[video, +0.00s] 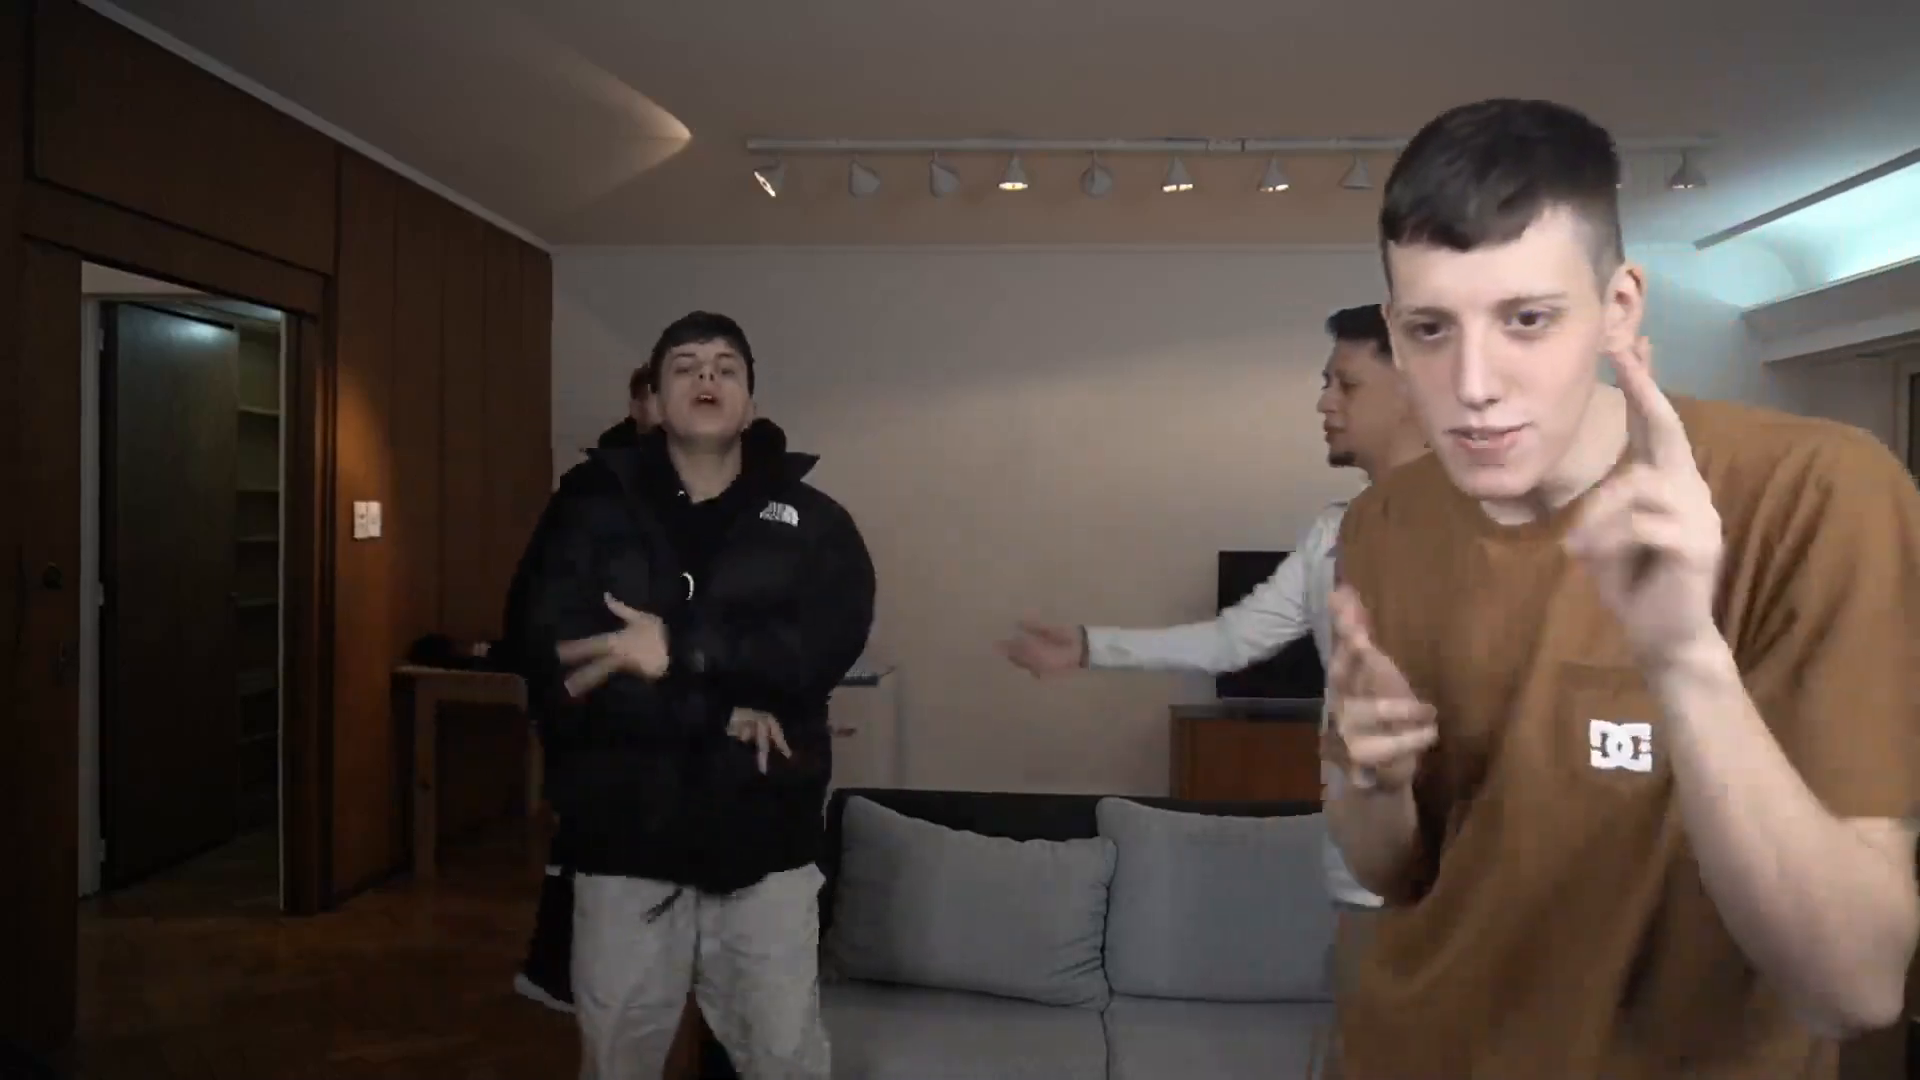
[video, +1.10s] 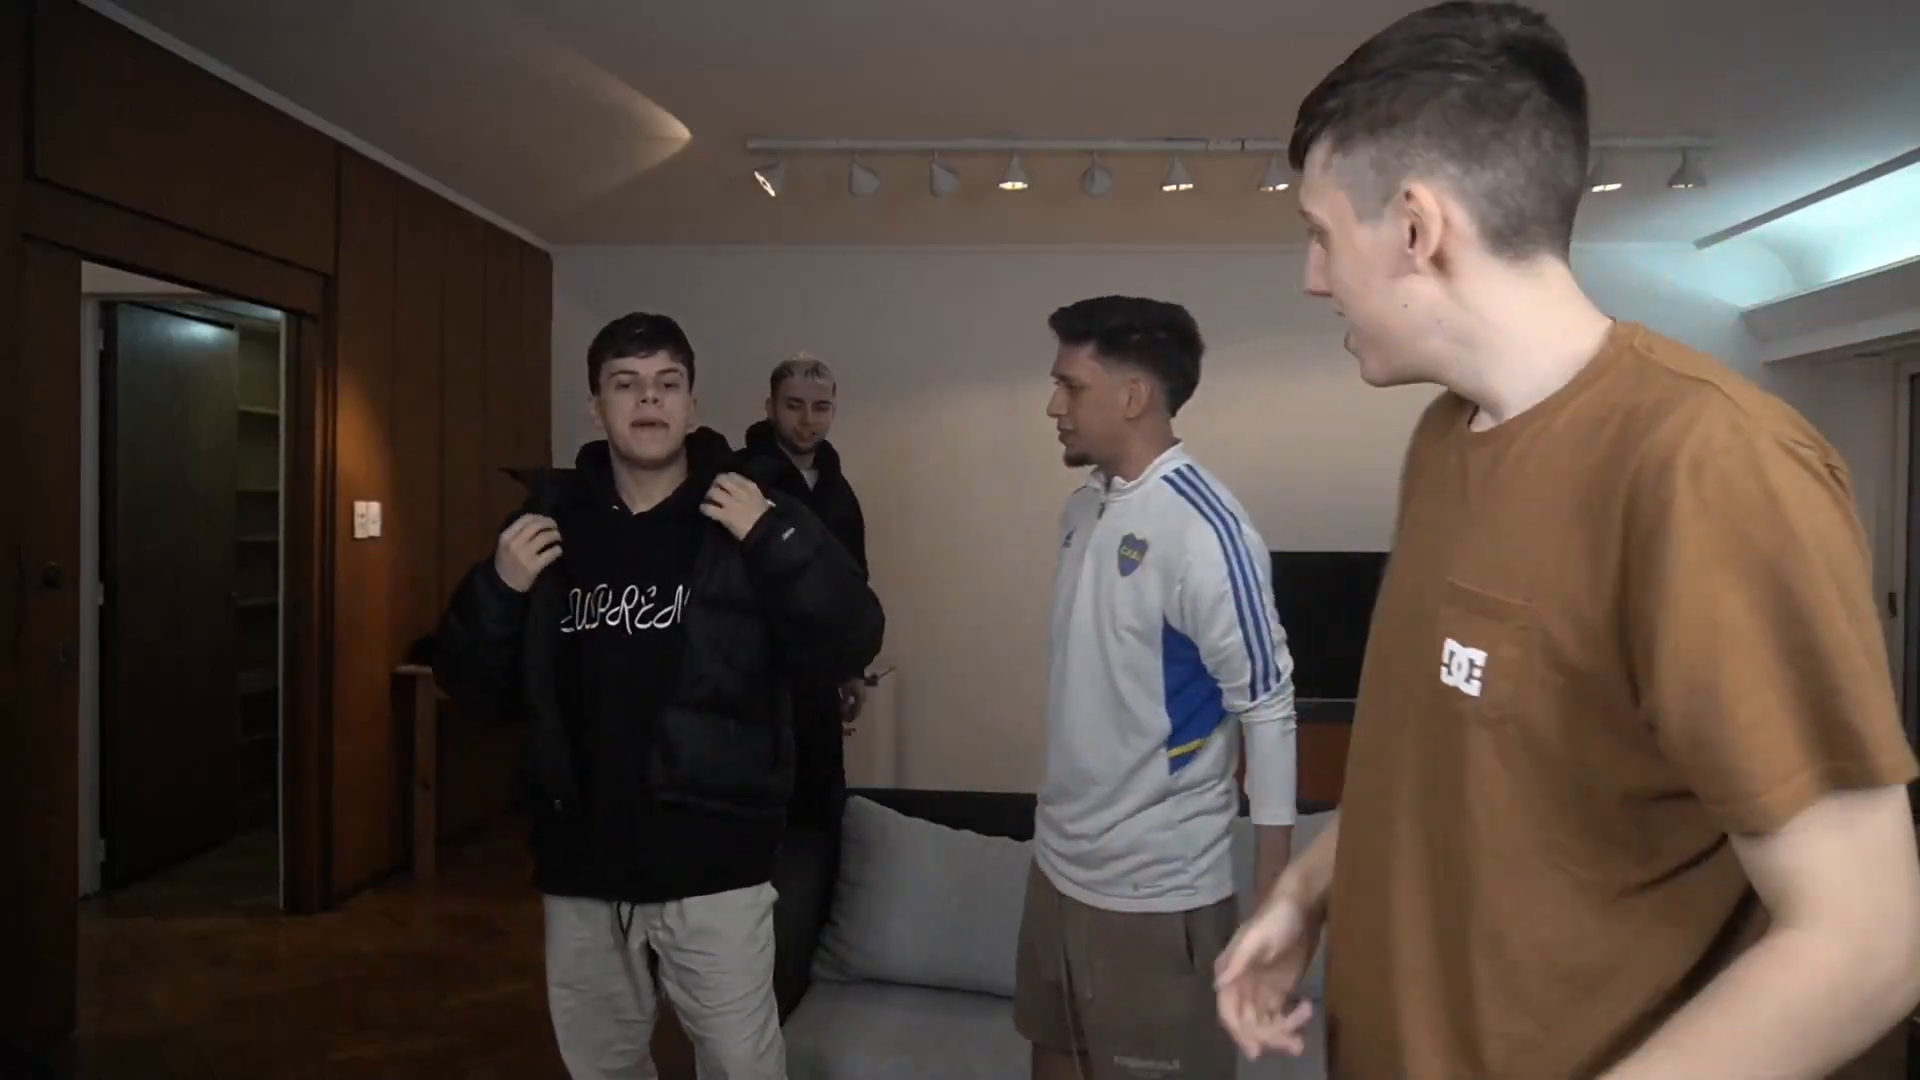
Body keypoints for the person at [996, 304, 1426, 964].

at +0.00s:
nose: (1323, 405)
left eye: (1344, 384)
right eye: (1328, 384)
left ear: (1411, 389)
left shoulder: (1480, 528)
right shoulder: (1333, 538)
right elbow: (1233, 640)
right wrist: (1088, 648)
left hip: (1485, 866)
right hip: (1369, 875)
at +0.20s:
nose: (1268, 393)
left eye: (1289, 373)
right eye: (1272, 374)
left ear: (1357, 386)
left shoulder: (1420, 514)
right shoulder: (1281, 519)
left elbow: (1458, 693)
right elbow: (1181, 627)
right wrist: (1034, 634)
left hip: (1385, 875)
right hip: (1291, 867)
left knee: (1341, 1063)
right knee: (1285, 1057)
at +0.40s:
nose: (1208, 395)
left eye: (1228, 374)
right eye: (1213, 373)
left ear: (1295, 386)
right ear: (1290, 386)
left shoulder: (1353, 513)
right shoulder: (1240, 506)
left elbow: (1383, 713)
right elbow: (1135, 624)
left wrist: (1364, 894)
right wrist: (977, 638)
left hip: (1317, 877)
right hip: (1230, 860)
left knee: (1305, 1066)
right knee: (1224, 1059)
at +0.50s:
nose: (1180, 398)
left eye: (1199, 376)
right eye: (1182, 376)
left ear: (1268, 383)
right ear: (1262, 385)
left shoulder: (1327, 509)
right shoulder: (1224, 502)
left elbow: (1366, 734)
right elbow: (1122, 627)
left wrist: (1292, 883)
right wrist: (967, 641)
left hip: (1279, 873)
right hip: (1200, 848)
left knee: (1258, 1062)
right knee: (1183, 1047)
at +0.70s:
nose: (1133, 404)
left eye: (1150, 383)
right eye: (1137, 383)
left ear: (1217, 389)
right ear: (1208, 390)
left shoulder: (1291, 514)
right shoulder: (1166, 511)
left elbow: (1326, 736)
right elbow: (1125, 646)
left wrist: (1215, 868)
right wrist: (993, 683)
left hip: (1242, 906)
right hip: (1146, 882)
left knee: (1229, 1074)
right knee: (1138, 1064)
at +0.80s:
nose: (1113, 401)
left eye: (1128, 381)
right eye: (1116, 380)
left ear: (1195, 389)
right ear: (1186, 391)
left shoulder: (1261, 516)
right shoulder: (1155, 498)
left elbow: (1312, 726)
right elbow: (1131, 666)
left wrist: (1223, 878)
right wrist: (1041, 748)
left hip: (1219, 887)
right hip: (1123, 859)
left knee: (1212, 1071)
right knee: (1094, 1054)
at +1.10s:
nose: (1052, 406)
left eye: (1071, 386)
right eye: (1056, 384)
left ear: (1135, 397)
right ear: (1127, 397)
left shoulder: (1207, 530)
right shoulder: (1084, 508)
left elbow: (1271, 715)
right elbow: (1097, 680)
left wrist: (1271, 904)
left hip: (1164, 898)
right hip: (1063, 870)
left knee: (1159, 1070)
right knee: (1057, 1055)